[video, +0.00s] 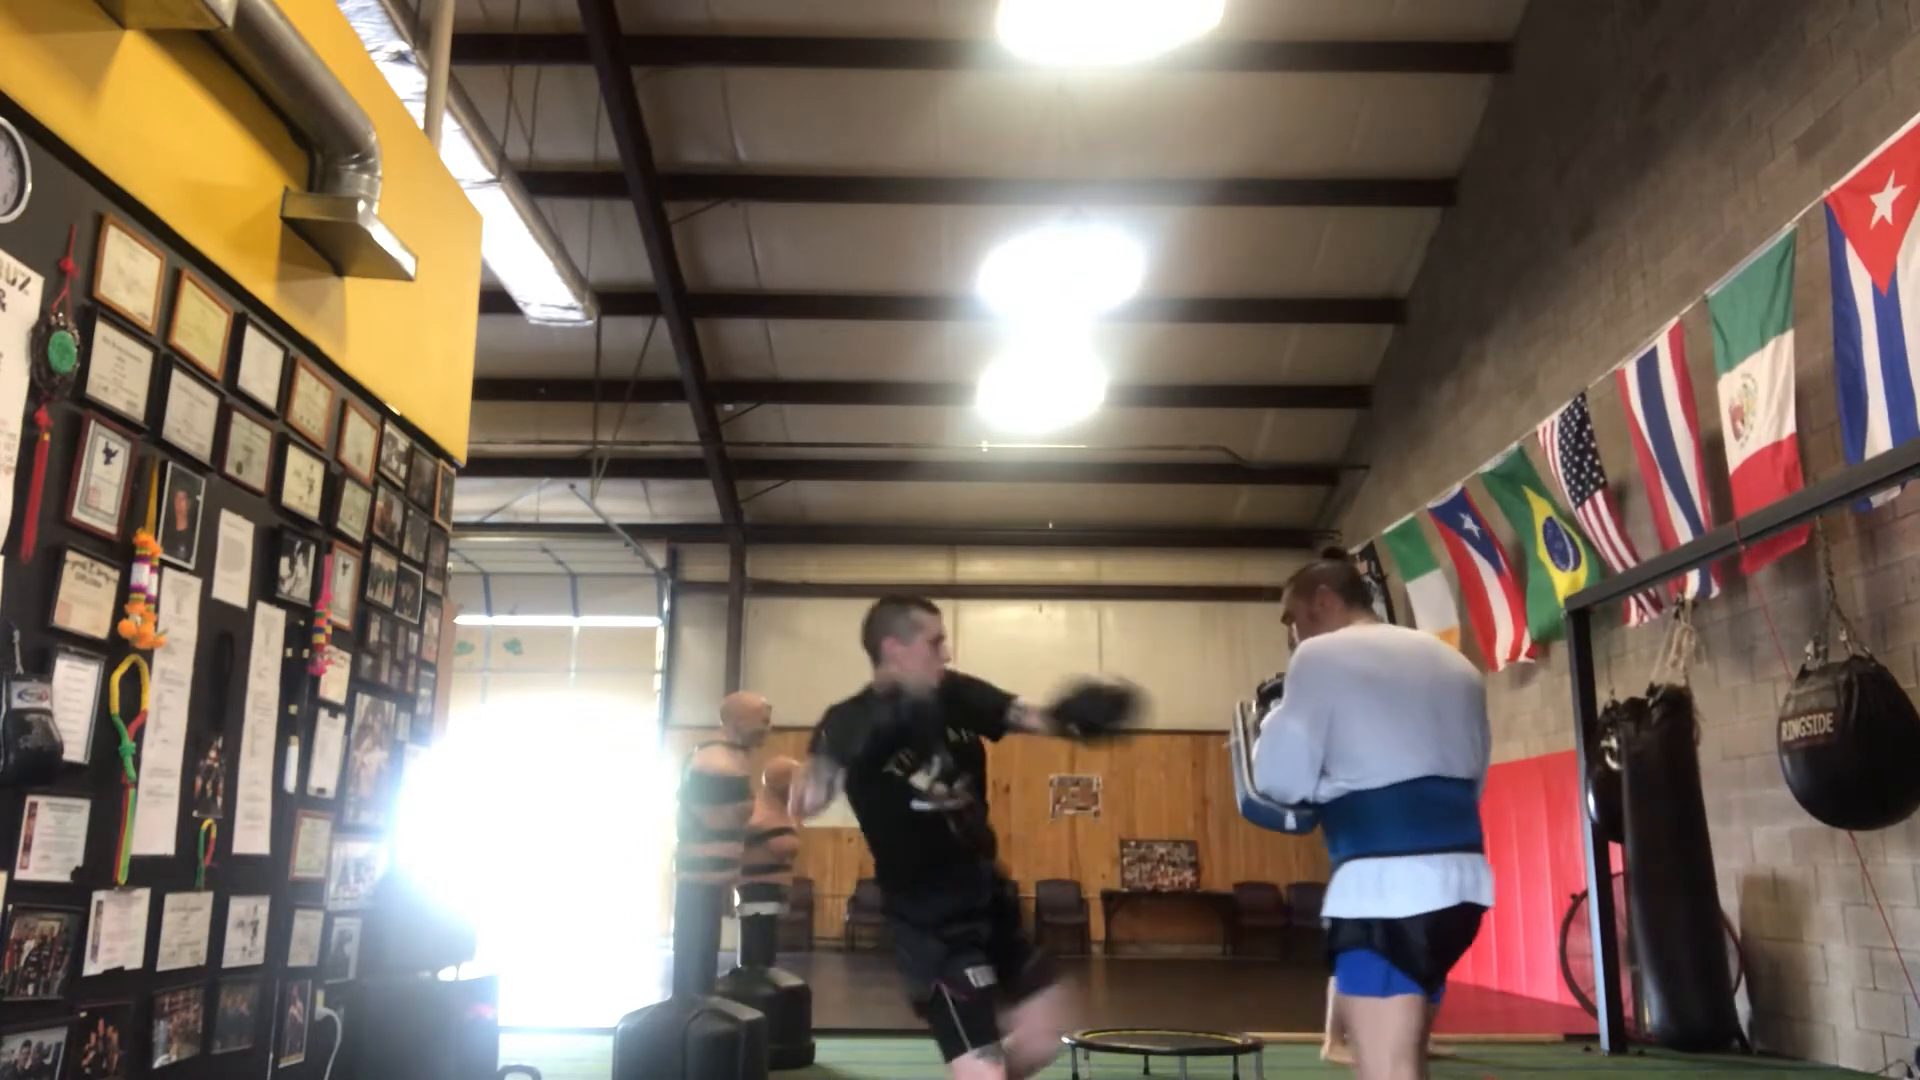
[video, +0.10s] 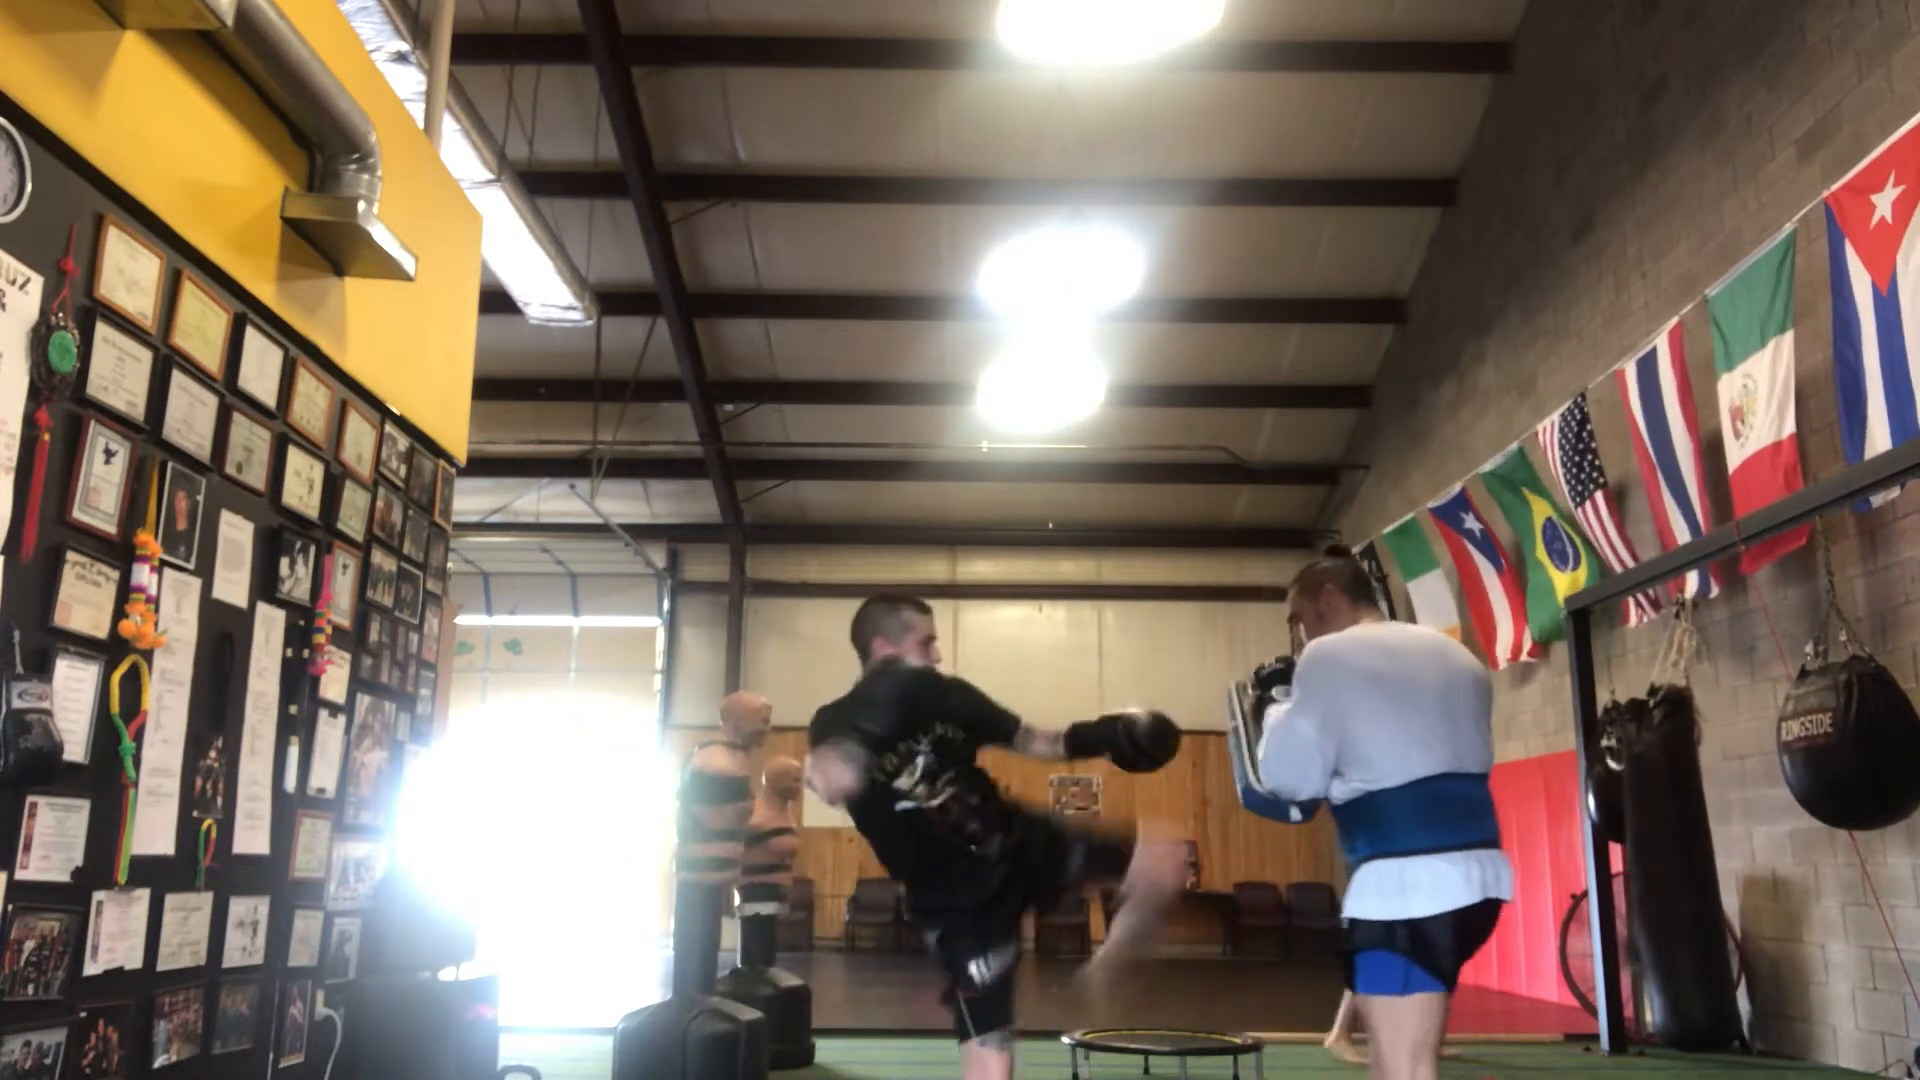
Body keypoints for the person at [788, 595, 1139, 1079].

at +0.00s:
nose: (945, 653)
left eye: (943, 641)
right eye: (933, 643)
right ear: (891, 649)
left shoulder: (956, 694)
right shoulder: (852, 720)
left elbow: (1029, 717)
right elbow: (804, 806)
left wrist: (1075, 716)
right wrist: (872, 724)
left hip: (987, 897)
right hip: (925, 916)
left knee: (1046, 1033)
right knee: (980, 1067)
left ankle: (985, 1071)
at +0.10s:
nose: (936, 655)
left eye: (934, 642)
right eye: (925, 643)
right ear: (882, 649)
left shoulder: (943, 695)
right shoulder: (842, 721)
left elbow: (1032, 739)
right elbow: (834, 778)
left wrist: (1113, 734)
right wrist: (890, 694)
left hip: (1016, 840)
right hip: (958, 896)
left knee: (1161, 867)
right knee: (989, 1054)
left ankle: (1097, 980)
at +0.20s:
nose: (951, 664)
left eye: (951, 651)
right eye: (942, 652)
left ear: (905, 653)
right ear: (900, 653)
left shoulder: (942, 705)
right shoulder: (854, 745)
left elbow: (1005, 756)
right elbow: (915, 821)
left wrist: (1079, 731)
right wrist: (945, 742)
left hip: (1035, 819)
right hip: (989, 898)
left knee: (1185, 768)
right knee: (1020, 1059)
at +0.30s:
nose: (968, 661)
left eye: (967, 650)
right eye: (959, 650)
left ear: (920, 651)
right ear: (918, 651)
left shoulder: (951, 709)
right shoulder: (879, 740)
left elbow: (1022, 757)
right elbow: (972, 803)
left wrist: (1065, 692)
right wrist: (992, 718)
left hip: (1041, 837)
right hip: (990, 910)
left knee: (1186, 807)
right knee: (1021, 1066)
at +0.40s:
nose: (991, 651)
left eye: (990, 640)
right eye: (982, 640)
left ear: (947, 644)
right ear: (943, 643)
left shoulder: (959, 700)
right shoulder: (905, 720)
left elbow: (1010, 762)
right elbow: (1006, 772)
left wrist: (1032, 684)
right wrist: (1029, 684)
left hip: (1038, 853)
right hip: (986, 905)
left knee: (1184, 872)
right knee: (1020, 1066)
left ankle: (1256, 959)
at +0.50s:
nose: (1014, 642)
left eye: (1013, 632)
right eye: (1006, 631)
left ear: (969, 633)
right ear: (969, 633)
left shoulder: (973, 699)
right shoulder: (932, 706)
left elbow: (1027, 765)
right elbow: (1034, 767)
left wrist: (1028, 691)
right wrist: (1049, 683)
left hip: (1043, 883)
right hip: (987, 907)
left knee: (1158, 970)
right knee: (1020, 1070)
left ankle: (1165, 1071)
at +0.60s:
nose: (1040, 644)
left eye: (1039, 633)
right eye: (1031, 633)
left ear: (997, 639)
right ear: (995, 638)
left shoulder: (1002, 706)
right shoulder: (955, 709)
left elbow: (1047, 778)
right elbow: (1049, 775)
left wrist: (1069, 698)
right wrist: (1070, 695)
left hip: (1042, 909)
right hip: (986, 920)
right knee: (1016, 1070)